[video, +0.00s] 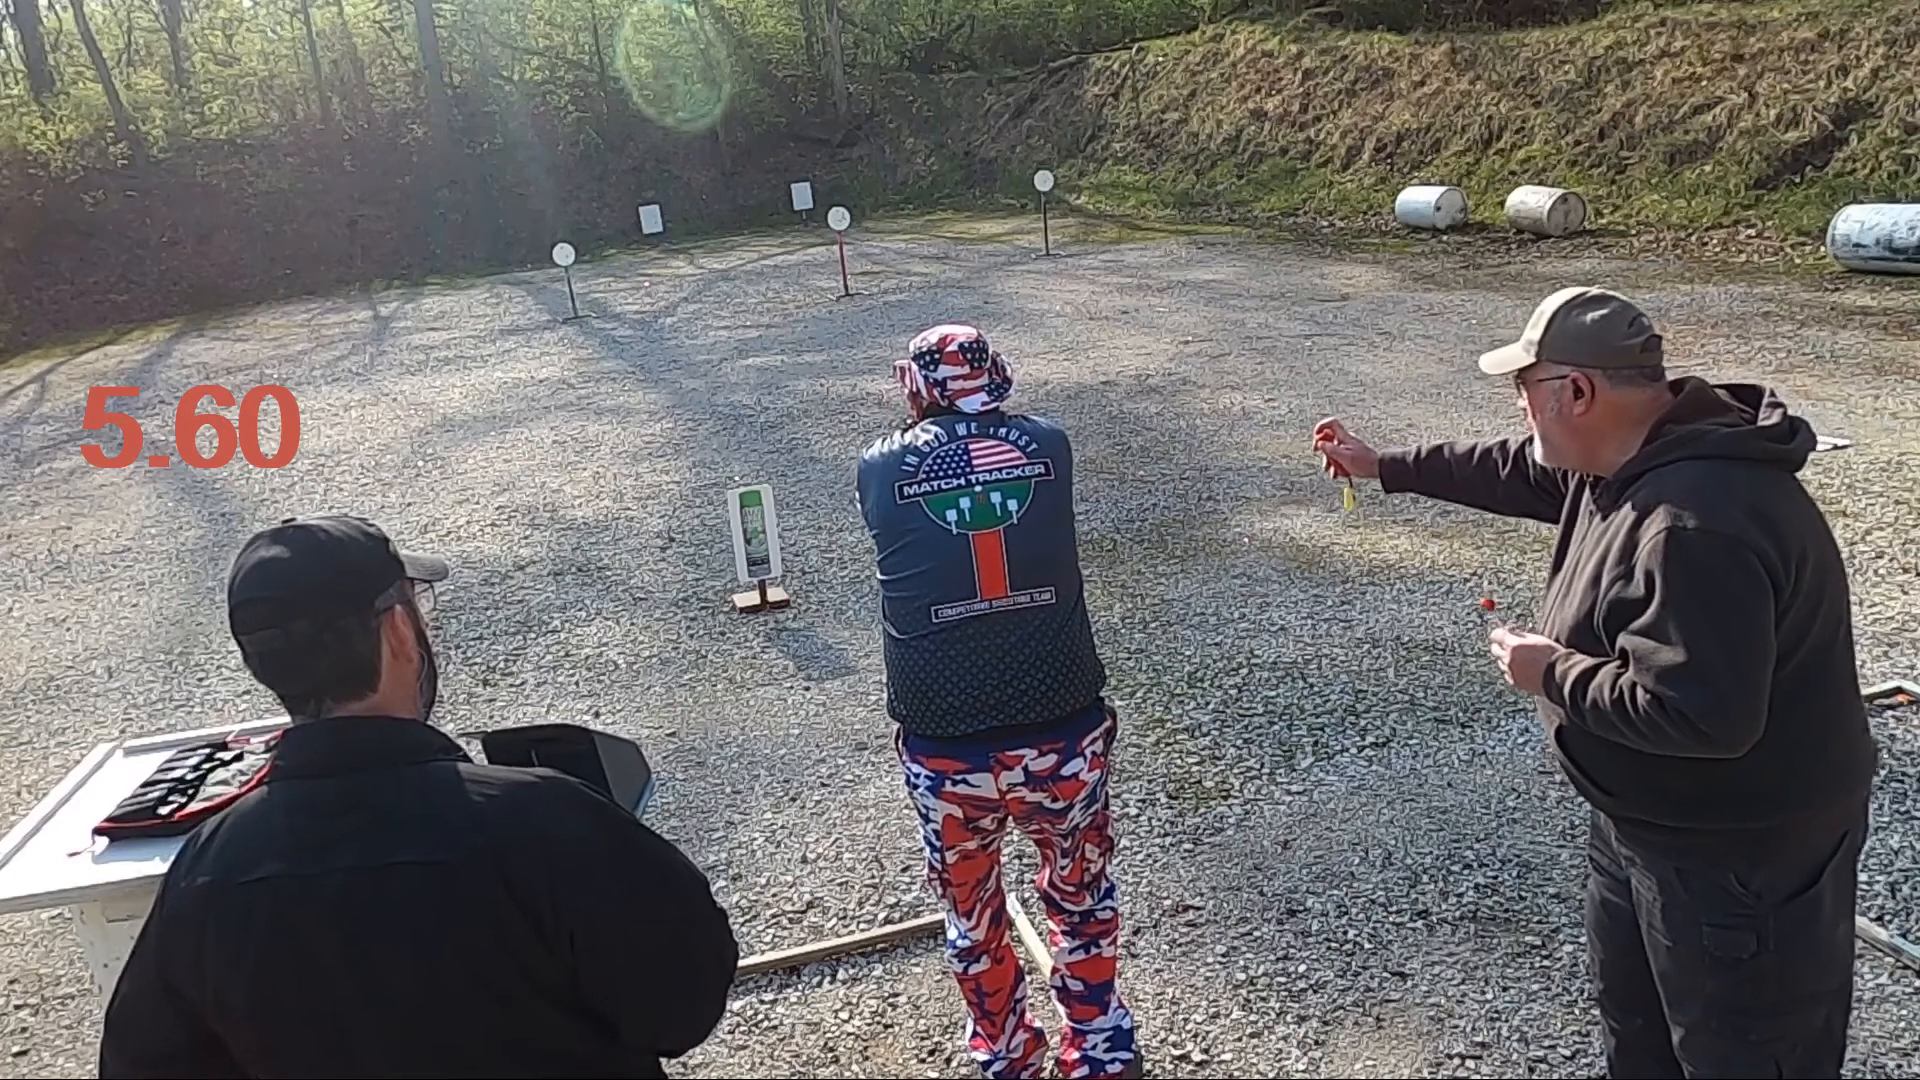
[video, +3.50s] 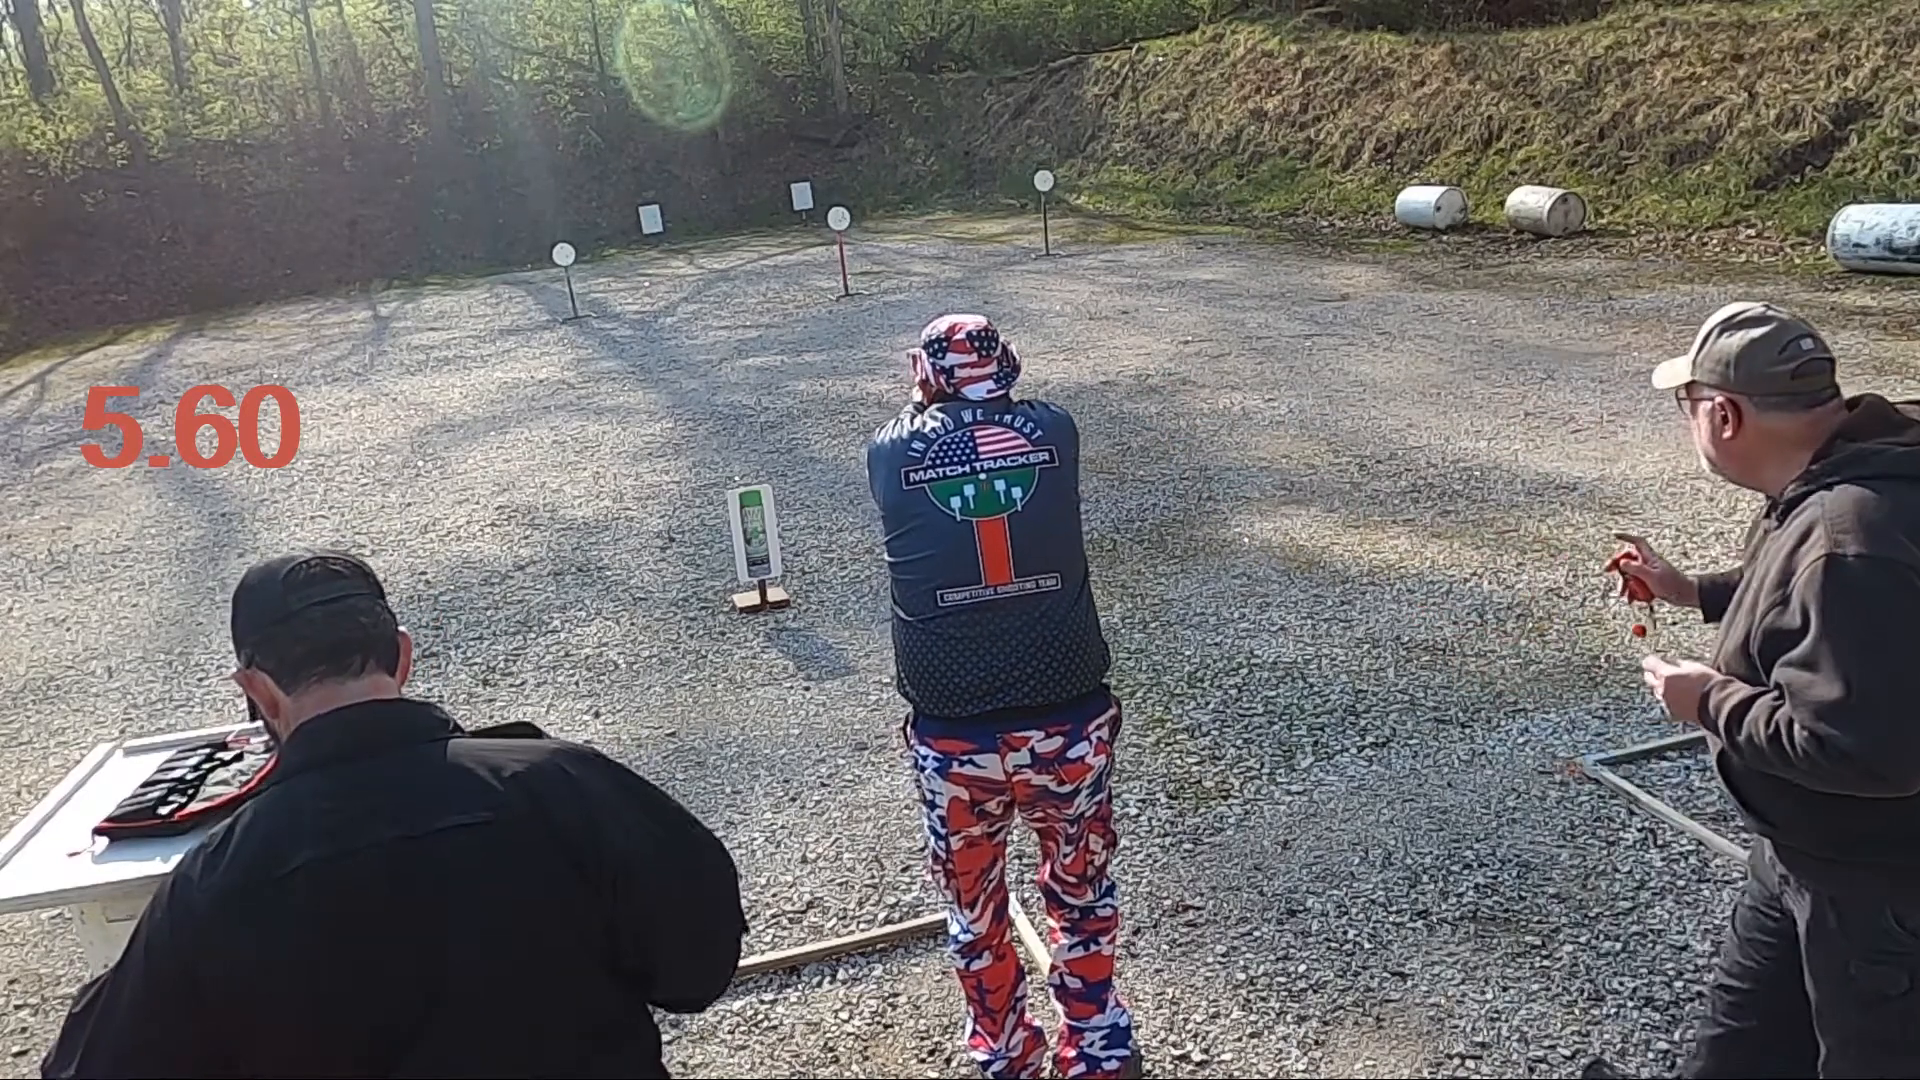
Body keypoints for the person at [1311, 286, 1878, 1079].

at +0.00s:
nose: (1522, 405)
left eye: (1527, 388)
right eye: (1521, 387)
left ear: (1579, 394)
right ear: (1584, 393)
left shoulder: (1695, 526)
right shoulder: (1620, 463)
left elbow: (1708, 715)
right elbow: (1511, 470)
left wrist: (1552, 671)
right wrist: (1381, 465)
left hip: (1737, 858)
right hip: (1639, 824)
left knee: (1745, 1061)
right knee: (1640, 1039)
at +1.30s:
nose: (1427, 405)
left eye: (1429, 389)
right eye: (1425, 390)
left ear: (1471, 395)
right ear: (1484, 392)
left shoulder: (1613, 501)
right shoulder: (1504, 462)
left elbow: (1662, 678)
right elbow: (1404, 487)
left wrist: (1505, 670)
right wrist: (1270, 505)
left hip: (1686, 813)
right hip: (1589, 795)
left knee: (1721, 1037)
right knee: (1621, 1022)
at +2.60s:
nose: (1457, 408)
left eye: (1455, 391)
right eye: (1453, 392)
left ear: (1483, 397)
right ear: (1549, 375)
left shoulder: (1629, 491)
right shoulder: (1558, 466)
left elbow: (1682, 658)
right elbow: (1496, 529)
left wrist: (1527, 659)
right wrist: (1365, 520)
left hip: (1725, 815)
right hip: (1621, 800)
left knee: (1784, 1050)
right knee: (1638, 1036)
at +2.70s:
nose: (1478, 412)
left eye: (1476, 395)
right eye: (1475, 395)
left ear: (1504, 400)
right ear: (1577, 374)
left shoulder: (1638, 498)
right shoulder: (1589, 463)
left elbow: (1693, 674)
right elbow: (1550, 553)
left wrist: (1538, 665)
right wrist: (1431, 551)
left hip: (1742, 826)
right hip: (1637, 807)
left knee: (1801, 1051)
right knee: (1642, 1034)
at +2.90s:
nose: (1532, 422)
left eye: (1533, 405)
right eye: (1532, 404)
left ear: (1564, 413)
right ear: (1634, 390)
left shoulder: (1696, 520)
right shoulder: (1657, 470)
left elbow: (1740, 705)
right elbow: (1647, 587)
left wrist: (1585, 687)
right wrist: (1537, 579)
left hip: (1791, 848)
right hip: (1681, 819)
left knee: (1829, 1062)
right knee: (1657, 1038)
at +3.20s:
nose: (1611, 426)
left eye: (1612, 409)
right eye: (1608, 409)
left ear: (1649, 416)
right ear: (1728, 392)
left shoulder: (1795, 531)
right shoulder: (1733, 488)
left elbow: (1838, 725)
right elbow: (1715, 603)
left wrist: (1666, 701)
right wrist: (1600, 593)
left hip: (1842, 881)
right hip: (1747, 855)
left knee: (1855, 1064)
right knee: (1698, 1056)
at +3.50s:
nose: (1689, 425)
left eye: (1688, 407)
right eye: (1685, 407)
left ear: (1726, 416)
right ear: (1813, 394)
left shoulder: (1851, 547)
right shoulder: (1821, 487)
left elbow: (1867, 752)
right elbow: (1792, 597)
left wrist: (1711, 702)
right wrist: (1686, 590)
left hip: (1868, 889)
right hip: (1803, 857)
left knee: (1872, 1064)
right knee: (1731, 1056)